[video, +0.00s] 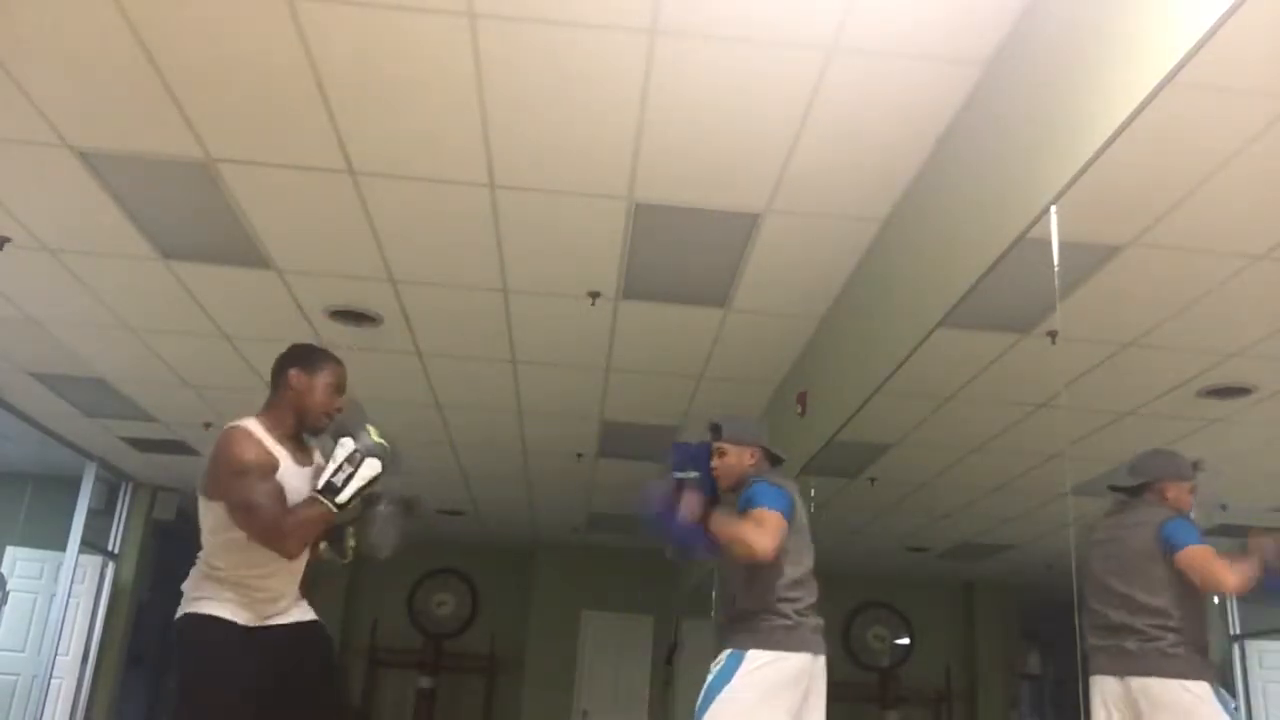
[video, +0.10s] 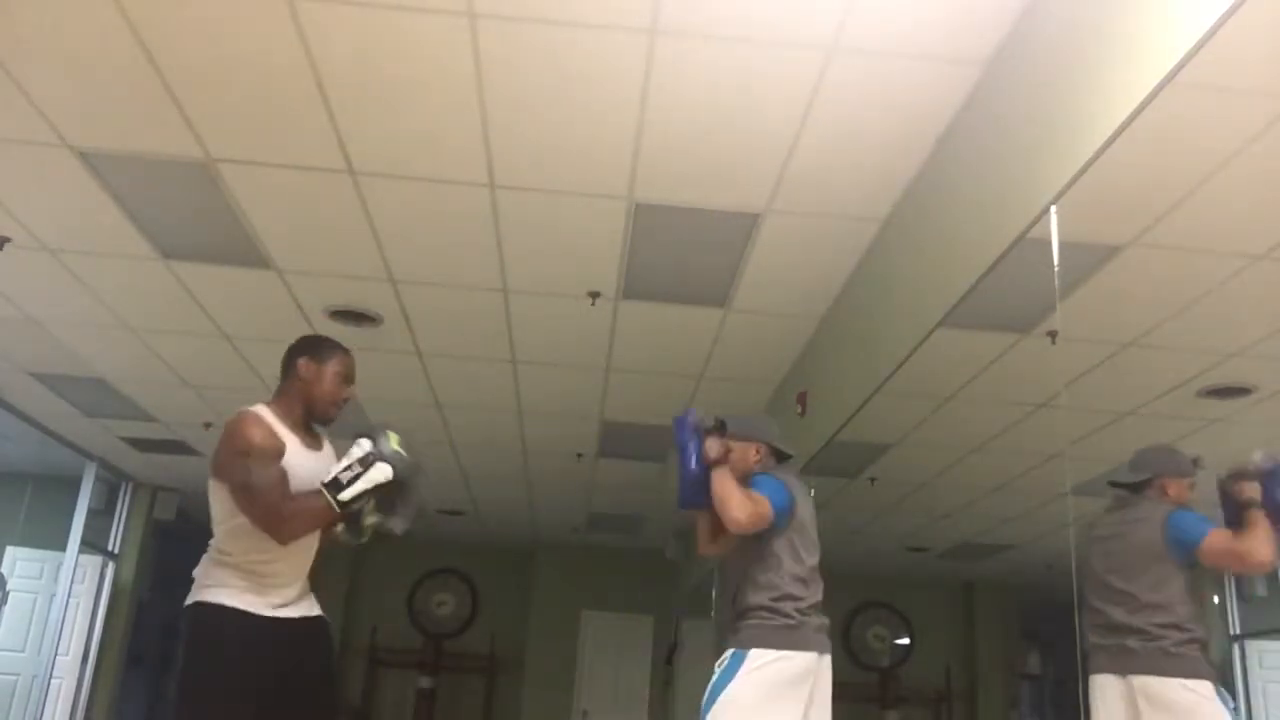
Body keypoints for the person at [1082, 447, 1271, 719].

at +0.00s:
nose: (1194, 500)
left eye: (1194, 491)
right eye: (1189, 491)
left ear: (1140, 491)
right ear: (1164, 490)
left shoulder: (1101, 527)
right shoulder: (1169, 524)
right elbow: (1226, 581)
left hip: (1103, 682)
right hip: (1168, 682)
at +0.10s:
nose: (1191, 495)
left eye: (1192, 487)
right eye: (1188, 487)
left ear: (1136, 485)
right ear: (1165, 486)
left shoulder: (1098, 527)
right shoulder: (1170, 520)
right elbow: (1259, 554)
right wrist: (1252, 503)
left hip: (1104, 678)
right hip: (1171, 677)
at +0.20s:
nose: (1200, 494)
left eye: (1200, 484)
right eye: (1197, 484)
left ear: (1145, 484)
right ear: (1178, 484)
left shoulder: (1102, 526)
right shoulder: (1187, 519)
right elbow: (1272, 538)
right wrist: (1253, 487)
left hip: (1112, 682)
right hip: (1182, 682)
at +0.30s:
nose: (1216, 491)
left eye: (1217, 484)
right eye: (1214, 483)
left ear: (1158, 481)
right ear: (1198, 482)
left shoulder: (1114, 525)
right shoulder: (1211, 517)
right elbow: (1276, 537)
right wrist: (1268, 488)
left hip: (1128, 682)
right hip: (1203, 684)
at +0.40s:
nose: (1235, 490)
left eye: (1236, 482)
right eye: (1232, 482)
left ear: (1181, 478)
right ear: (1216, 479)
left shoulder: (1128, 518)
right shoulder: (1231, 513)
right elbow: (1275, 531)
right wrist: (1240, 493)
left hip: (1144, 676)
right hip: (1224, 676)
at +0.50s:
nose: (1247, 484)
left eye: (1248, 476)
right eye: (1245, 476)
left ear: (1186, 474)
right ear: (1229, 477)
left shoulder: (1135, 515)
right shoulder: (1247, 511)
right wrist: (1251, 491)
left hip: (1155, 676)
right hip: (1236, 677)